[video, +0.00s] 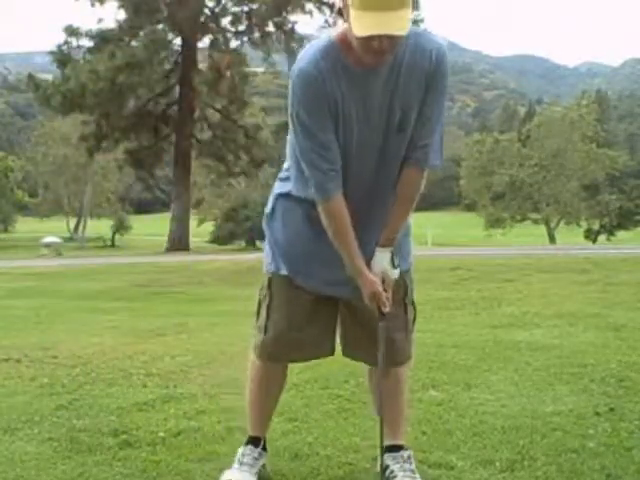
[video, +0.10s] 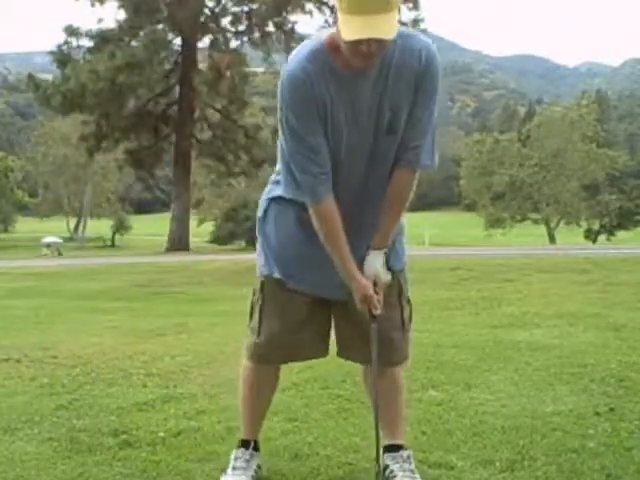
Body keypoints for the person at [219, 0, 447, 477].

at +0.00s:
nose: (382, 46)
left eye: (392, 35)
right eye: (370, 35)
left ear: (408, 20)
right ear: (344, 14)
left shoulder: (429, 58)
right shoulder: (314, 71)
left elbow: (416, 163)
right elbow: (325, 186)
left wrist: (385, 248)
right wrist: (359, 268)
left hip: (384, 229)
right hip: (306, 223)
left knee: (392, 347)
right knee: (274, 341)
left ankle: (396, 455)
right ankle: (253, 448)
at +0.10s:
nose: (368, 48)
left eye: (378, 38)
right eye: (358, 38)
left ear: (393, 21)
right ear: (336, 20)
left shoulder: (418, 60)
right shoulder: (303, 74)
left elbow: (408, 164)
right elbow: (316, 191)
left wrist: (378, 251)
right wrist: (351, 273)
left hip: (376, 226)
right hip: (299, 222)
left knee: (388, 346)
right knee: (267, 343)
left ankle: (395, 455)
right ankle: (246, 450)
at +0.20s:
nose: (352, 51)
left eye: (362, 40)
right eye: (340, 40)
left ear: (377, 22)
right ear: (317, 22)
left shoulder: (404, 60)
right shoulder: (287, 78)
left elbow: (395, 165)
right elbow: (304, 192)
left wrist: (368, 253)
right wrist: (340, 275)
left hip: (364, 228)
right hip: (286, 225)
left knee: (382, 347)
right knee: (258, 345)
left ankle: (394, 455)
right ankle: (244, 452)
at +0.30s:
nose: (336, 54)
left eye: (346, 42)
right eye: (324, 44)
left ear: (363, 23)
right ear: (301, 24)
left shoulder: (390, 60)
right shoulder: (273, 81)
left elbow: (383, 164)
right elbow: (295, 194)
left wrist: (358, 254)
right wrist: (335, 278)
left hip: (355, 221)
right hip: (277, 222)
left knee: (381, 340)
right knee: (251, 342)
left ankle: (396, 449)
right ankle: (243, 452)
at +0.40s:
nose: (329, 56)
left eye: (339, 45)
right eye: (317, 48)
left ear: (355, 25)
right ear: (295, 28)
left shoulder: (383, 60)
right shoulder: (267, 81)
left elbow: (374, 163)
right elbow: (290, 193)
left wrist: (353, 252)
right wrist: (329, 275)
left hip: (350, 218)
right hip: (272, 220)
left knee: (384, 330)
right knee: (246, 342)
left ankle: (390, 446)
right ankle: (243, 453)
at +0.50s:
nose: (329, 53)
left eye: (340, 41)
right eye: (317, 43)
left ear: (358, 23)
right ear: (295, 23)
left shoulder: (385, 59)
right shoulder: (268, 79)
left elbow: (376, 161)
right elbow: (288, 192)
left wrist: (353, 250)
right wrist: (330, 273)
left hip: (356, 221)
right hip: (274, 222)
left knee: (382, 328)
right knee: (251, 340)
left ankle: (379, 446)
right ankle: (243, 453)